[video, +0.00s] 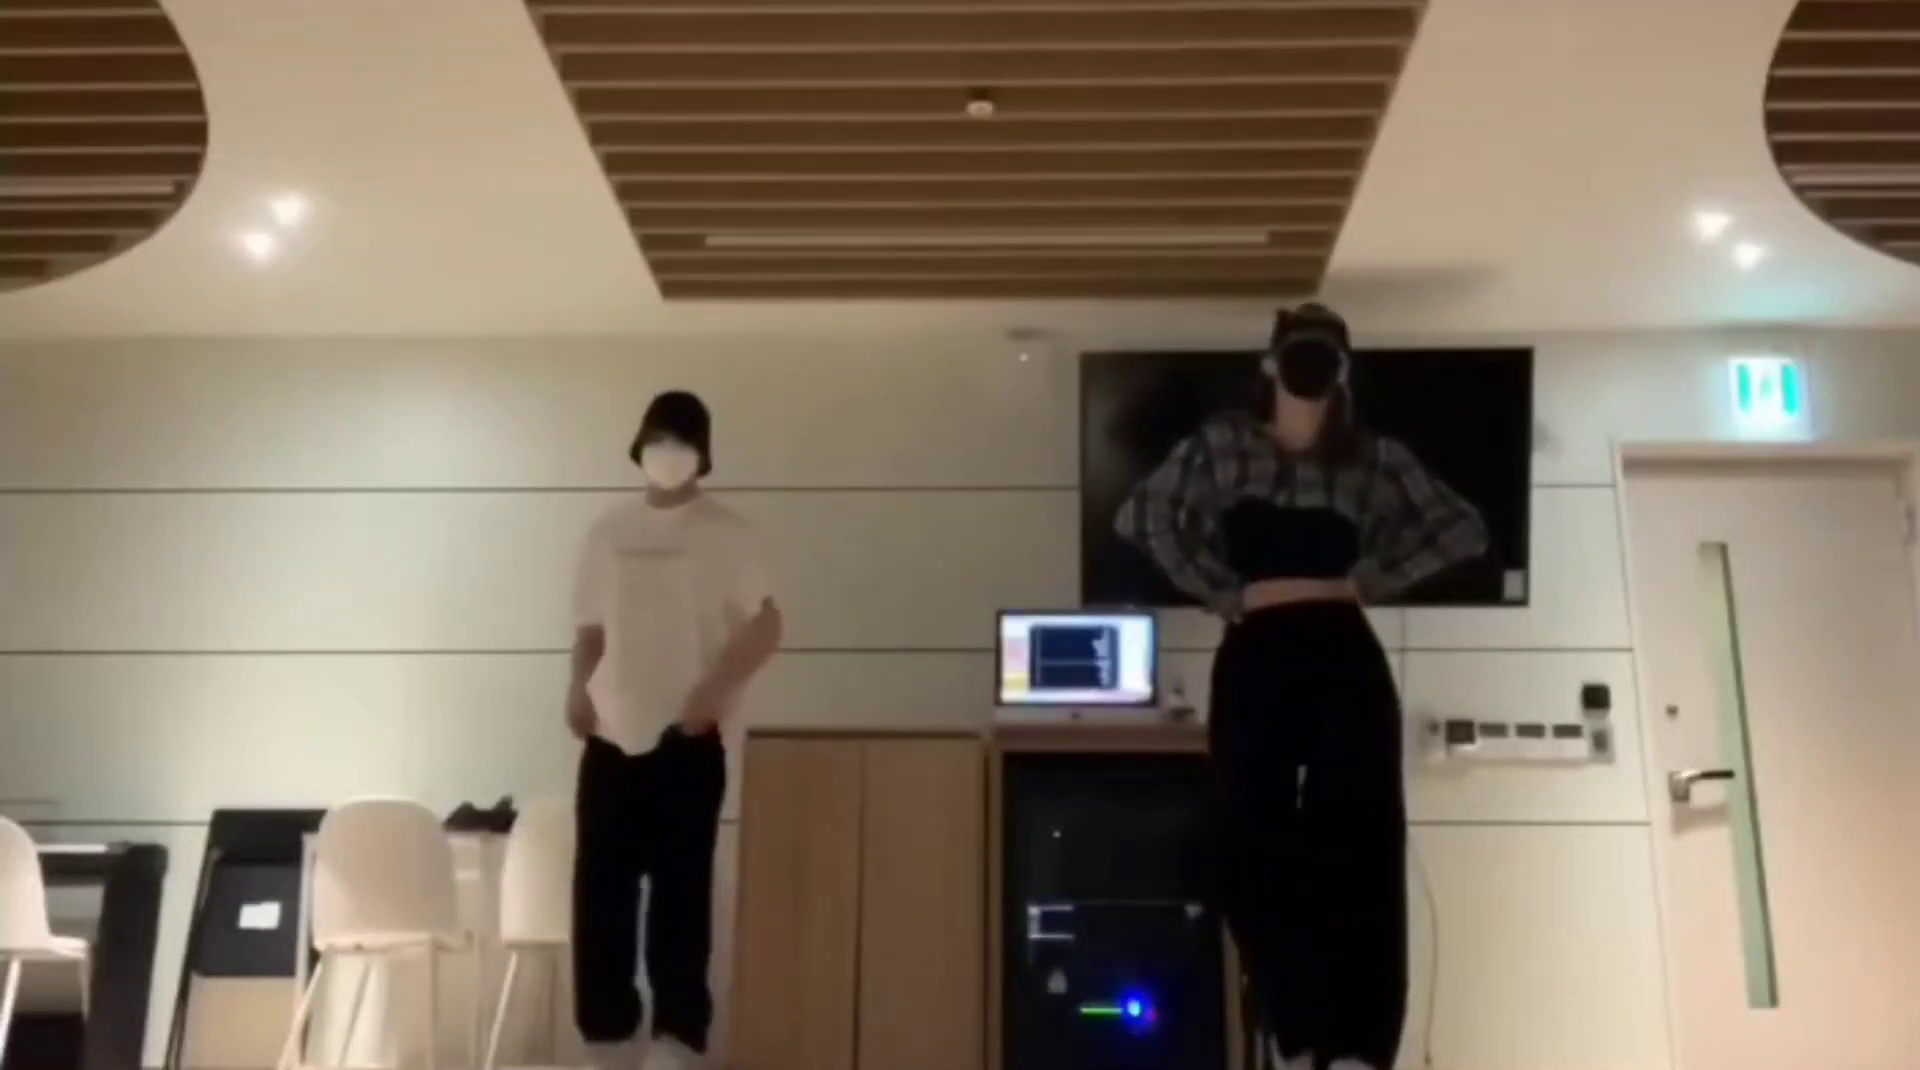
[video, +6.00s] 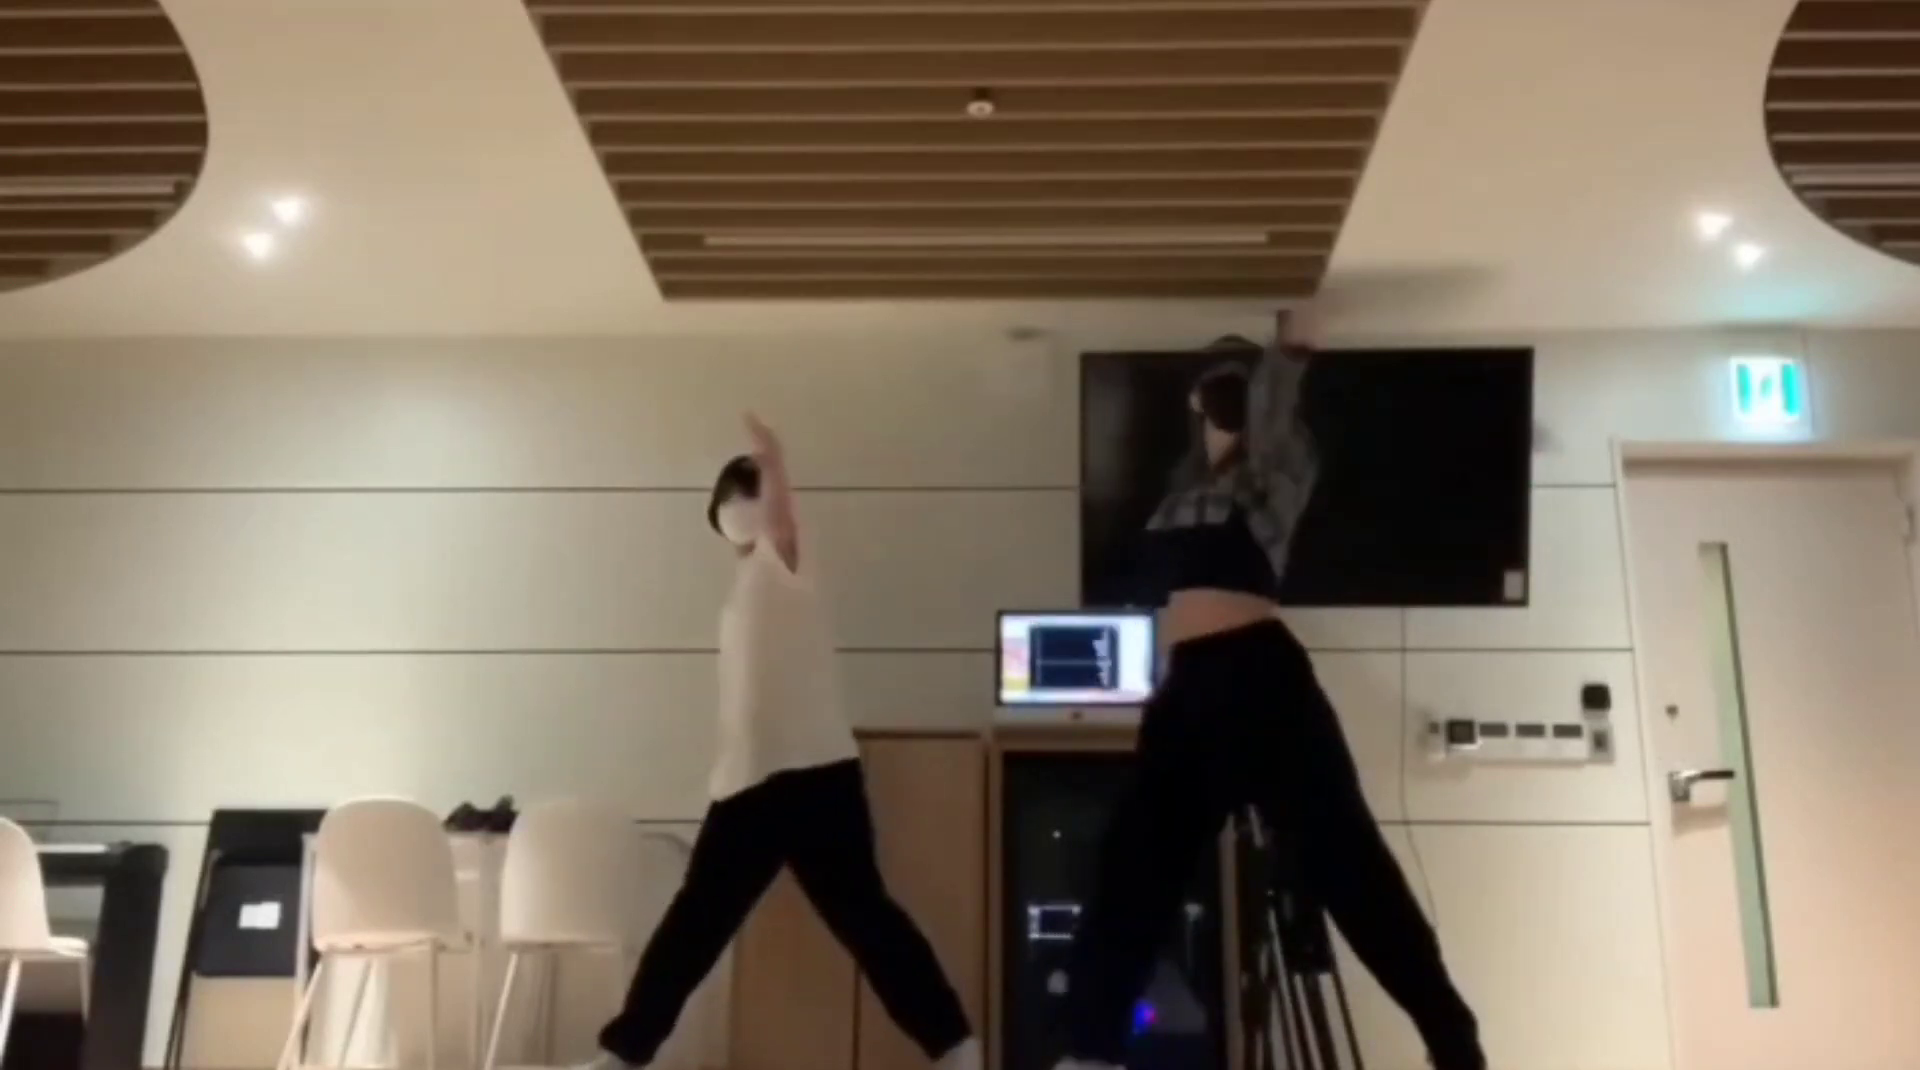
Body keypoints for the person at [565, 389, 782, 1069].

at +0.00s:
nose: (667, 455)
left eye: (681, 443)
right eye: (654, 443)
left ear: (703, 453)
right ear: (638, 451)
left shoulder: (733, 532)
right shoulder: (610, 530)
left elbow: (765, 624)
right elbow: (591, 624)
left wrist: (713, 692)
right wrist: (579, 684)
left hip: (692, 743)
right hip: (611, 743)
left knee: (682, 894)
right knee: (603, 893)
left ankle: (680, 1037)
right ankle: (606, 1036)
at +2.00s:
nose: (827, 526)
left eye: (839, 518)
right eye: (818, 512)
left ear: (847, 531)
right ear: (795, 516)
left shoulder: (832, 603)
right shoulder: (753, 578)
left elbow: (845, 690)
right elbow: (744, 670)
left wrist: (848, 756)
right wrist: (767, 754)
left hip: (815, 774)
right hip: (757, 769)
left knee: (793, 913)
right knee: (791, 908)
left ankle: (749, 1042)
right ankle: (836, 1028)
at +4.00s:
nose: (802, 481)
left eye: (816, 470)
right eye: (792, 468)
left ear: (836, 482)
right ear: (775, 475)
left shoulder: (854, 561)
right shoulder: (750, 558)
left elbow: (866, 656)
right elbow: (742, 656)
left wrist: (789, 723)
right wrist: (733, 732)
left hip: (822, 757)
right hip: (761, 753)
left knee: (784, 906)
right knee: (816, 902)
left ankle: (768, 1043)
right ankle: (886, 1029)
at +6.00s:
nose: (732, 517)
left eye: (737, 501)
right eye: (724, 509)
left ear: (762, 497)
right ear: (721, 523)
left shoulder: (784, 562)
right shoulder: (748, 582)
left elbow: (776, 494)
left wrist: (768, 451)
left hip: (809, 771)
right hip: (749, 779)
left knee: (864, 917)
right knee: (693, 923)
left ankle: (954, 1046)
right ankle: (623, 1051)